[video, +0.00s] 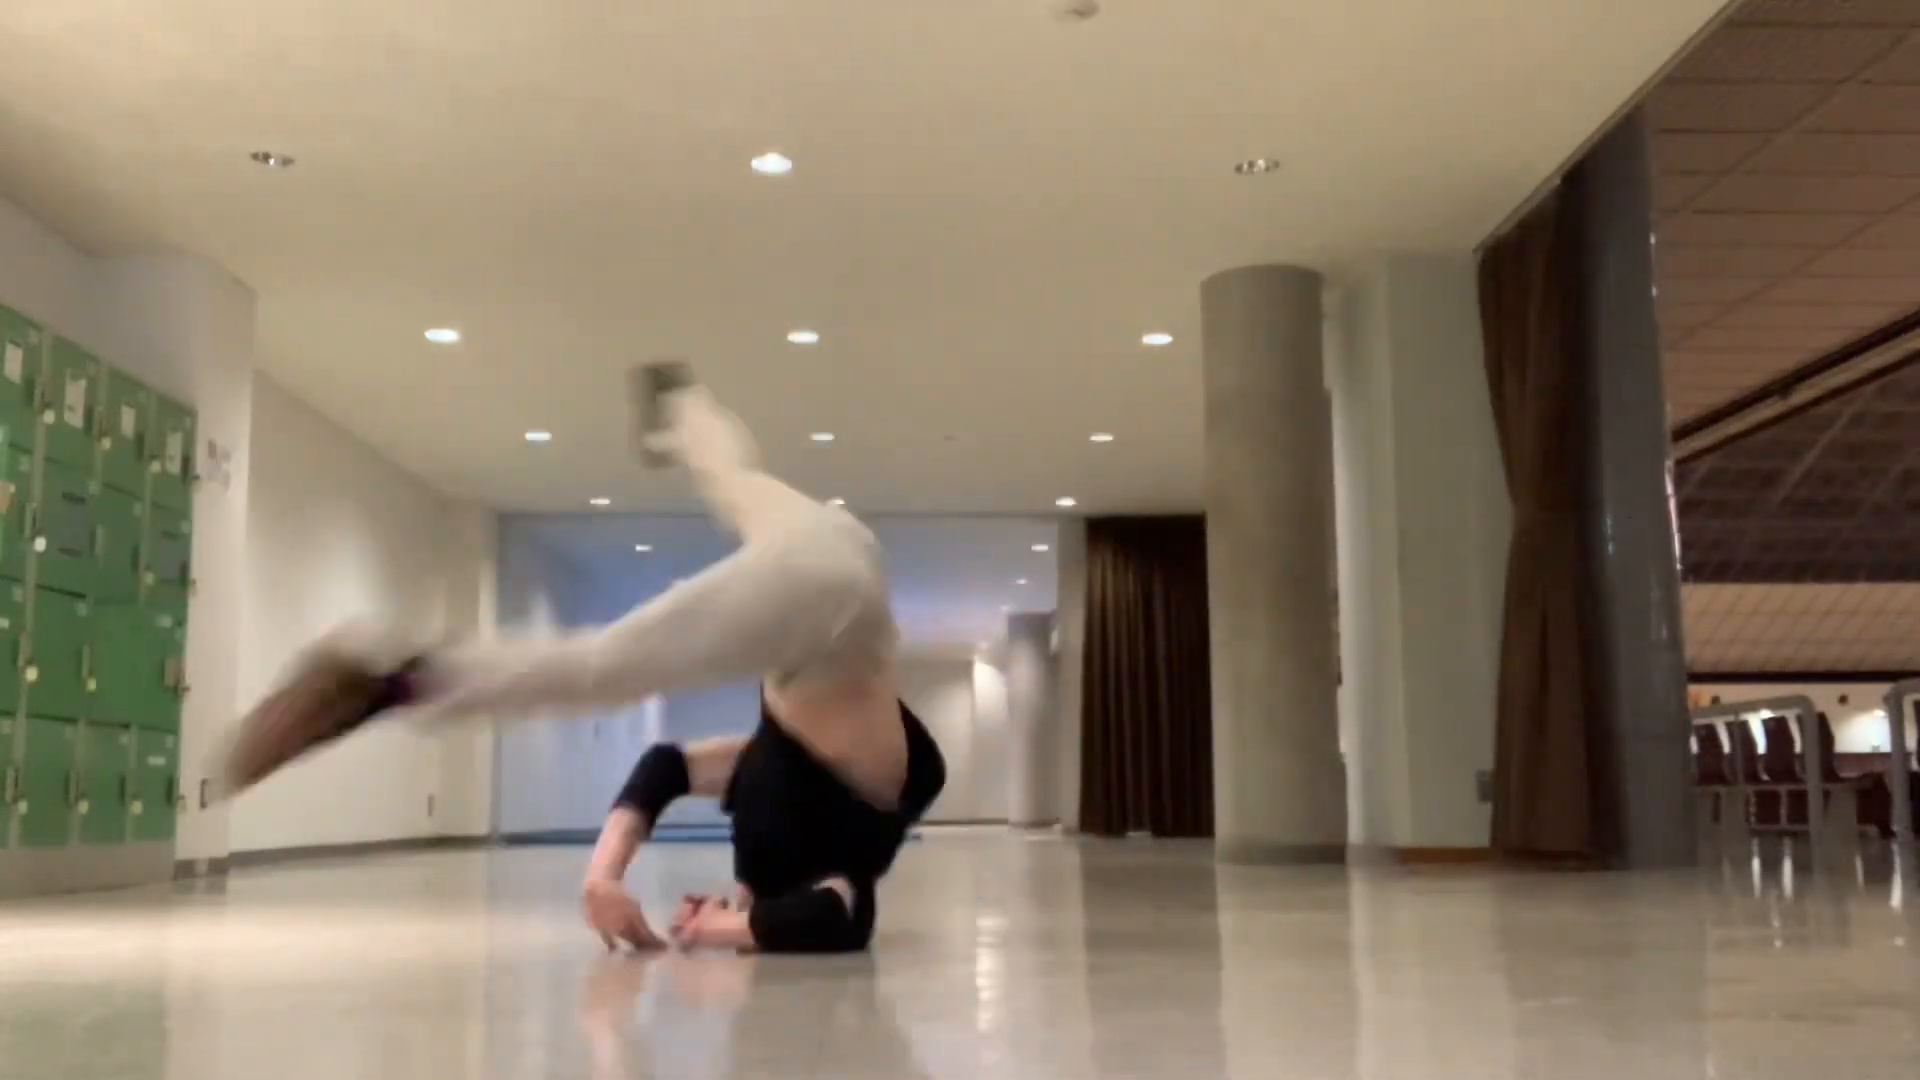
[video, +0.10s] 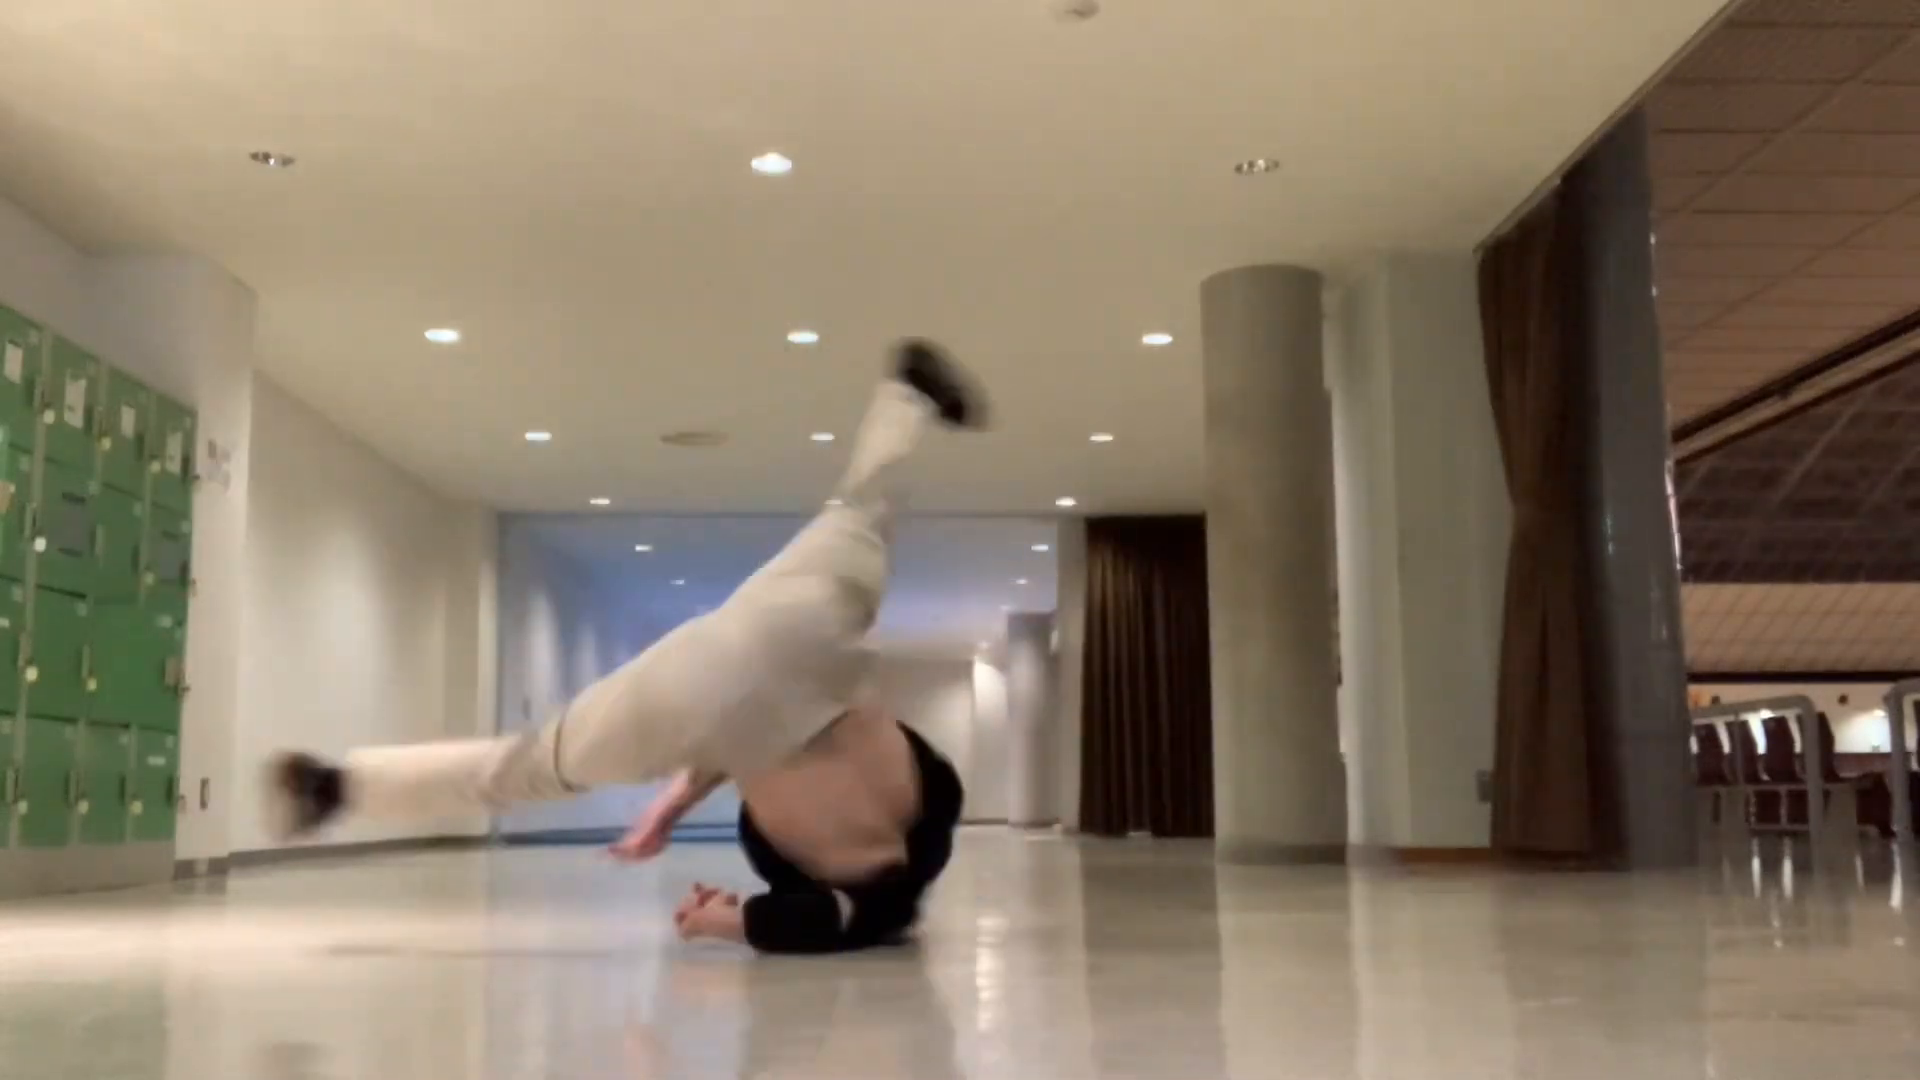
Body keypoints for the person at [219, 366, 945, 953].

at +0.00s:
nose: (709, 912)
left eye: (704, 912)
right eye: (714, 918)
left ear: (736, 890)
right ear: (750, 904)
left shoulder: (768, 775)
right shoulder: (823, 888)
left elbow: (662, 765)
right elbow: (832, 919)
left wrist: (607, 878)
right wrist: (731, 925)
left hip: (830, 549)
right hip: (834, 592)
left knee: (731, 476)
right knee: (603, 670)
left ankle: (682, 405)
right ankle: (383, 687)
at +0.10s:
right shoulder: (881, 901)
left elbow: (775, 726)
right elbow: (800, 916)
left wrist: (675, 806)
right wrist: (731, 915)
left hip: (800, 635)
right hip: (736, 686)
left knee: (863, 513)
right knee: (533, 764)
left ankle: (909, 397)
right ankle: (338, 787)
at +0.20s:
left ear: (991, 784)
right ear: (984, 865)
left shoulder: (941, 747)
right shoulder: (879, 913)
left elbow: (886, 624)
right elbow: (738, 924)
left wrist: (850, 696)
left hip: (664, 698)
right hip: (614, 788)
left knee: (865, 571)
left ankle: (1033, 427)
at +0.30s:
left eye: (1009, 771)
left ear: (993, 767)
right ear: (1003, 851)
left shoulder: (917, 728)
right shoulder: (872, 910)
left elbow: (902, 581)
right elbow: (705, 923)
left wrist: (957, 691)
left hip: (640, 718)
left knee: (792, 574)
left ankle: (931, 410)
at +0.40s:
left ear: (878, 792)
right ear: (915, 858)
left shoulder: (798, 761)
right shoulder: (827, 910)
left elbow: (768, 584)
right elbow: (749, 930)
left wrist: (885, 637)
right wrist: (868, 911)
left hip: (711, 712)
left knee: (711, 538)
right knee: (990, 716)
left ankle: (701, 369)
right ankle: (1169, 664)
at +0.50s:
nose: (815, 789)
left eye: (778, 771)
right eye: (815, 810)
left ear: (738, 763)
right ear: (780, 863)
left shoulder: (675, 746)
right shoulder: (763, 912)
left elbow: (644, 604)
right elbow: (820, 922)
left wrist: (795, 627)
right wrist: (889, 910)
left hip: (794, 677)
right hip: (872, 741)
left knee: (695, 544)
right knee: (1014, 702)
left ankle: (565, 371)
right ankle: (1178, 641)